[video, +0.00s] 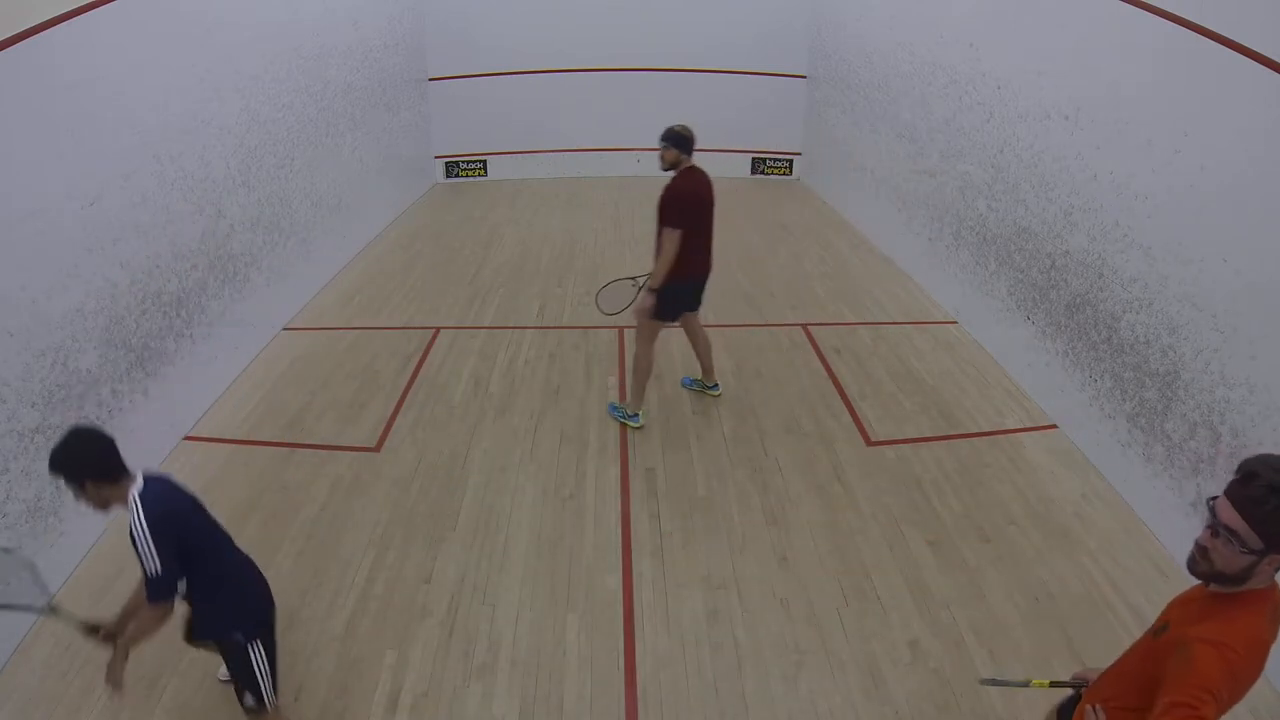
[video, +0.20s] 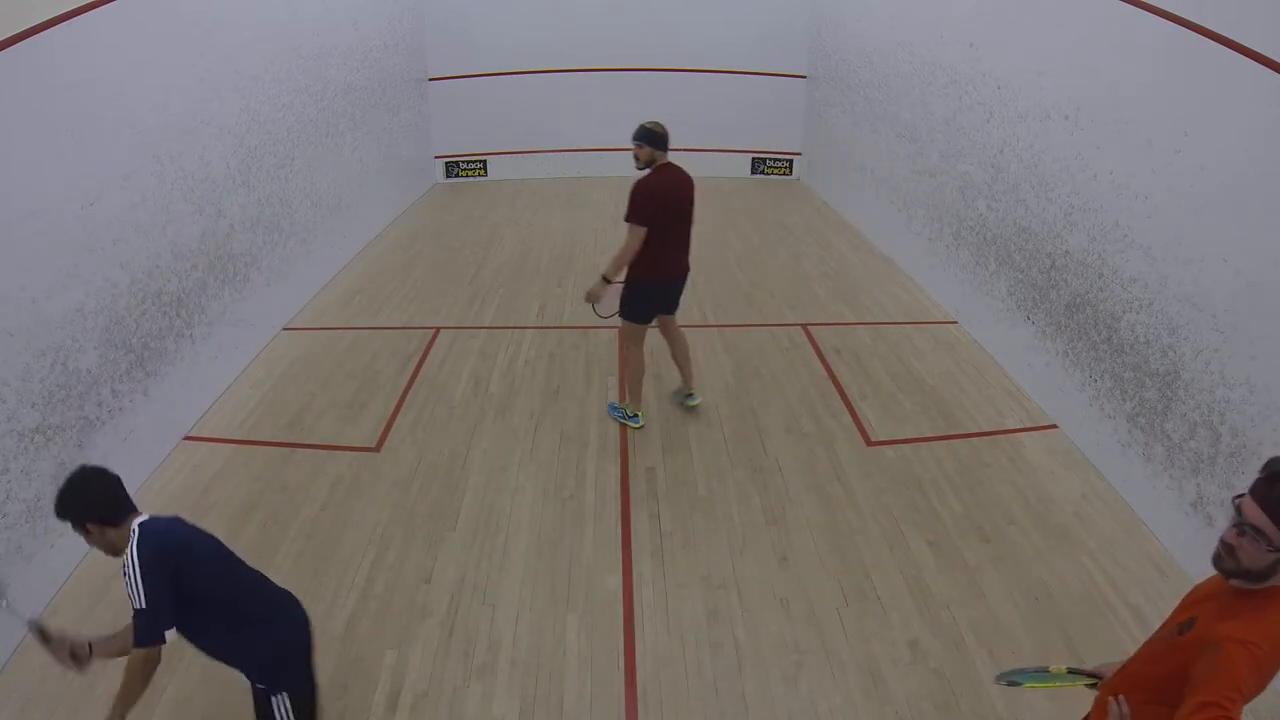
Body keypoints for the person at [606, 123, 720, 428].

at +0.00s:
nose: (659, 154)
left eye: (663, 149)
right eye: (660, 149)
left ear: (677, 152)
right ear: (684, 151)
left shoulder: (676, 190)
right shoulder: (701, 180)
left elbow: (670, 246)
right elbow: (692, 233)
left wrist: (651, 288)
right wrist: (660, 267)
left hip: (674, 277)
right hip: (697, 272)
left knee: (645, 333)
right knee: (690, 321)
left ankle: (633, 408)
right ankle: (709, 380)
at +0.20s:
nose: (633, 152)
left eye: (637, 147)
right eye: (634, 146)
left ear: (652, 149)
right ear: (660, 149)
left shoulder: (646, 187)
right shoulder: (683, 179)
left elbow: (633, 246)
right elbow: (677, 232)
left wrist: (604, 282)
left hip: (646, 277)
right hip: (676, 273)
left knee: (632, 339)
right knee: (668, 323)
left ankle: (633, 409)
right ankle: (689, 389)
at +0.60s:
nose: (603, 149)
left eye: (604, 145)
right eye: (604, 144)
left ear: (611, 146)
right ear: (635, 145)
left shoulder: (605, 182)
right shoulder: (656, 180)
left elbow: (597, 238)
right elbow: (669, 229)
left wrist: (591, 267)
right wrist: (660, 262)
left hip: (614, 277)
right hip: (648, 274)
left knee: (602, 342)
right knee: (644, 330)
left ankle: (620, 411)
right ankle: (663, 398)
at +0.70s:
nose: (600, 146)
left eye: (600, 141)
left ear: (601, 143)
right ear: (629, 143)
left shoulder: (592, 180)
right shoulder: (648, 180)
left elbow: (582, 240)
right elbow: (667, 230)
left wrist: (583, 261)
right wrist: (658, 263)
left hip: (606, 278)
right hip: (640, 274)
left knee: (582, 342)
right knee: (634, 327)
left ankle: (601, 416)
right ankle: (652, 392)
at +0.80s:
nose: (591, 161)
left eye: (589, 156)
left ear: (588, 159)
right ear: (615, 159)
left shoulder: (579, 199)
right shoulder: (638, 194)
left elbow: (570, 259)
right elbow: (662, 241)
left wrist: (568, 281)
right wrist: (655, 276)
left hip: (599, 293)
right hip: (636, 288)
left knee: (564, 355)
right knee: (629, 337)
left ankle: (568, 437)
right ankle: (644, 396)